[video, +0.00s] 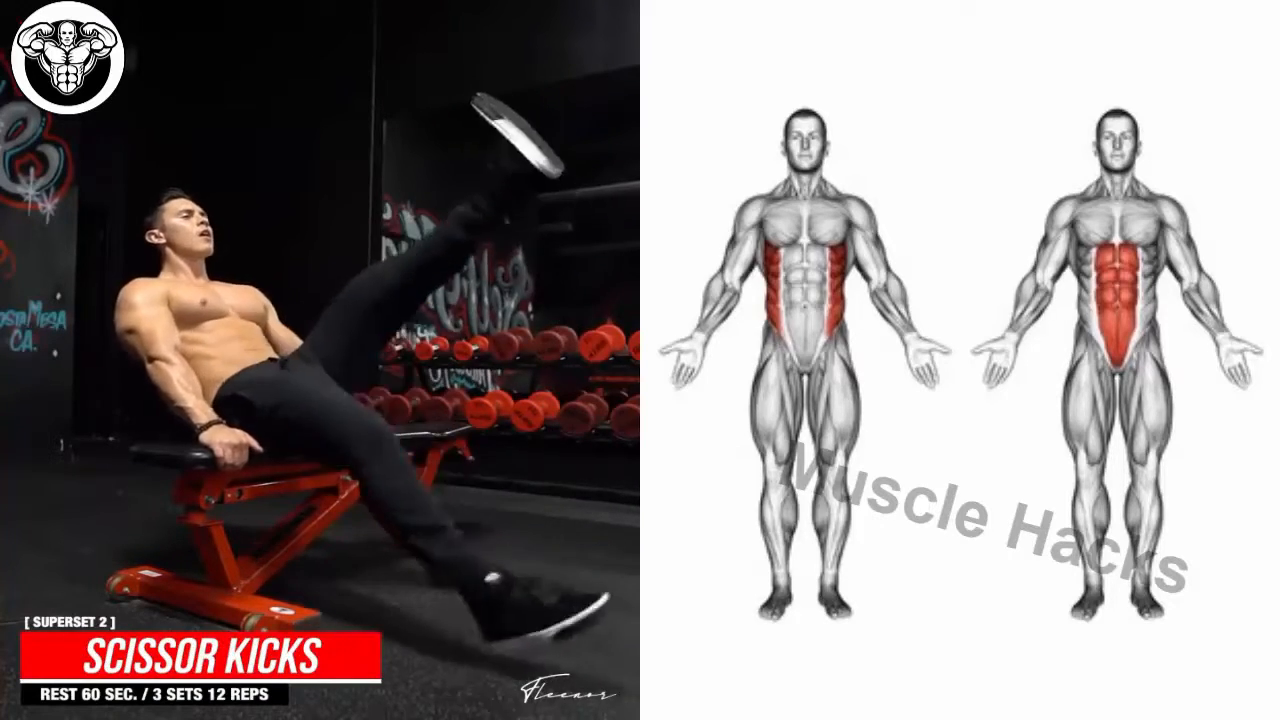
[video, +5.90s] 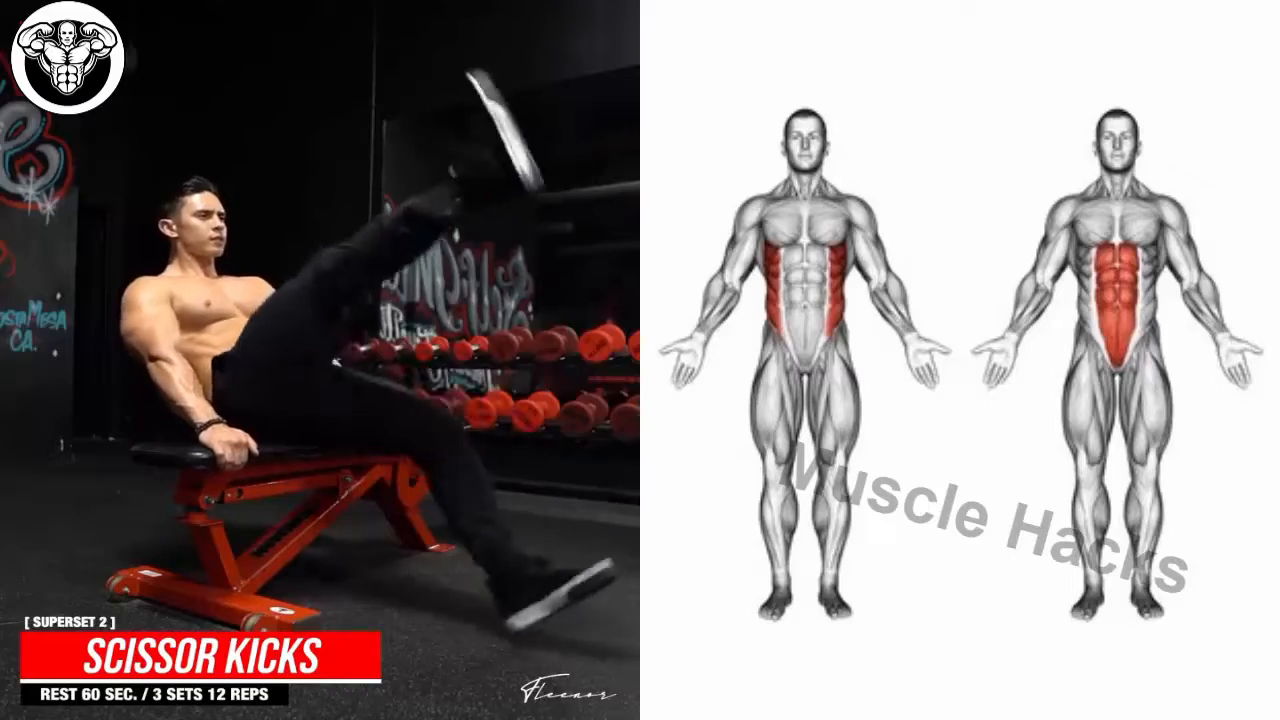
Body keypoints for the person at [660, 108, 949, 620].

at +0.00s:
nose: (805, 146)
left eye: (812, 138)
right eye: (797, 138)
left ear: (825, 145)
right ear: (785, 145)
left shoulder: (852, 211)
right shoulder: (758, 211)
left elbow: (881, 281)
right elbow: (729, 281)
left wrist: (910, 336)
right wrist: (700, 336)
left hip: (832, 356)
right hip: (777, 355)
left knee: (834, 467)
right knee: (777, 469)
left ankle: (830, 584)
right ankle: (780, 585)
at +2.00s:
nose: (804, 145)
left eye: (812, 138)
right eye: (797, 138)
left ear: (825, 145)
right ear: (785, 146)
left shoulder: (851, 211)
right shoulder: (758, 211)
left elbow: (881, 281)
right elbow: (729, 281)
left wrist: (909, 336)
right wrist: (700, 336)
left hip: (832, 355)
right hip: (778, 355)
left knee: (834, 467)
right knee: (776, 469)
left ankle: (829, 584)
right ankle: (780, 585)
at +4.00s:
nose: (805, 145)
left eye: (812, 138)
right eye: (797, 138)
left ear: (825, 145)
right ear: (785, 146)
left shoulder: (851, 211)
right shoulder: (758, 211)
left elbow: (881, 281)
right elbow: (729, 281)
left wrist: (909, 336)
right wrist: (700, 336)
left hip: (832, 355)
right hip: (777, 355)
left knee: (834, 467)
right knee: (777, 469)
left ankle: (829, 584)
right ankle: (780, 585)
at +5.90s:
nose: (805, 145)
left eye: (812, 138)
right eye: (797, 138)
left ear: (825, 145)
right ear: (785, 145)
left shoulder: (851, 211)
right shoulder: (758, 211)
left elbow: (881, 281)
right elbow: (729, 281)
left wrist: (909, 336)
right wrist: (700, 336)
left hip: (832, 355)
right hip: (777, 355)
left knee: (834, 467)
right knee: (777, 469)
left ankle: (830, 584)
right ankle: (780, 585)